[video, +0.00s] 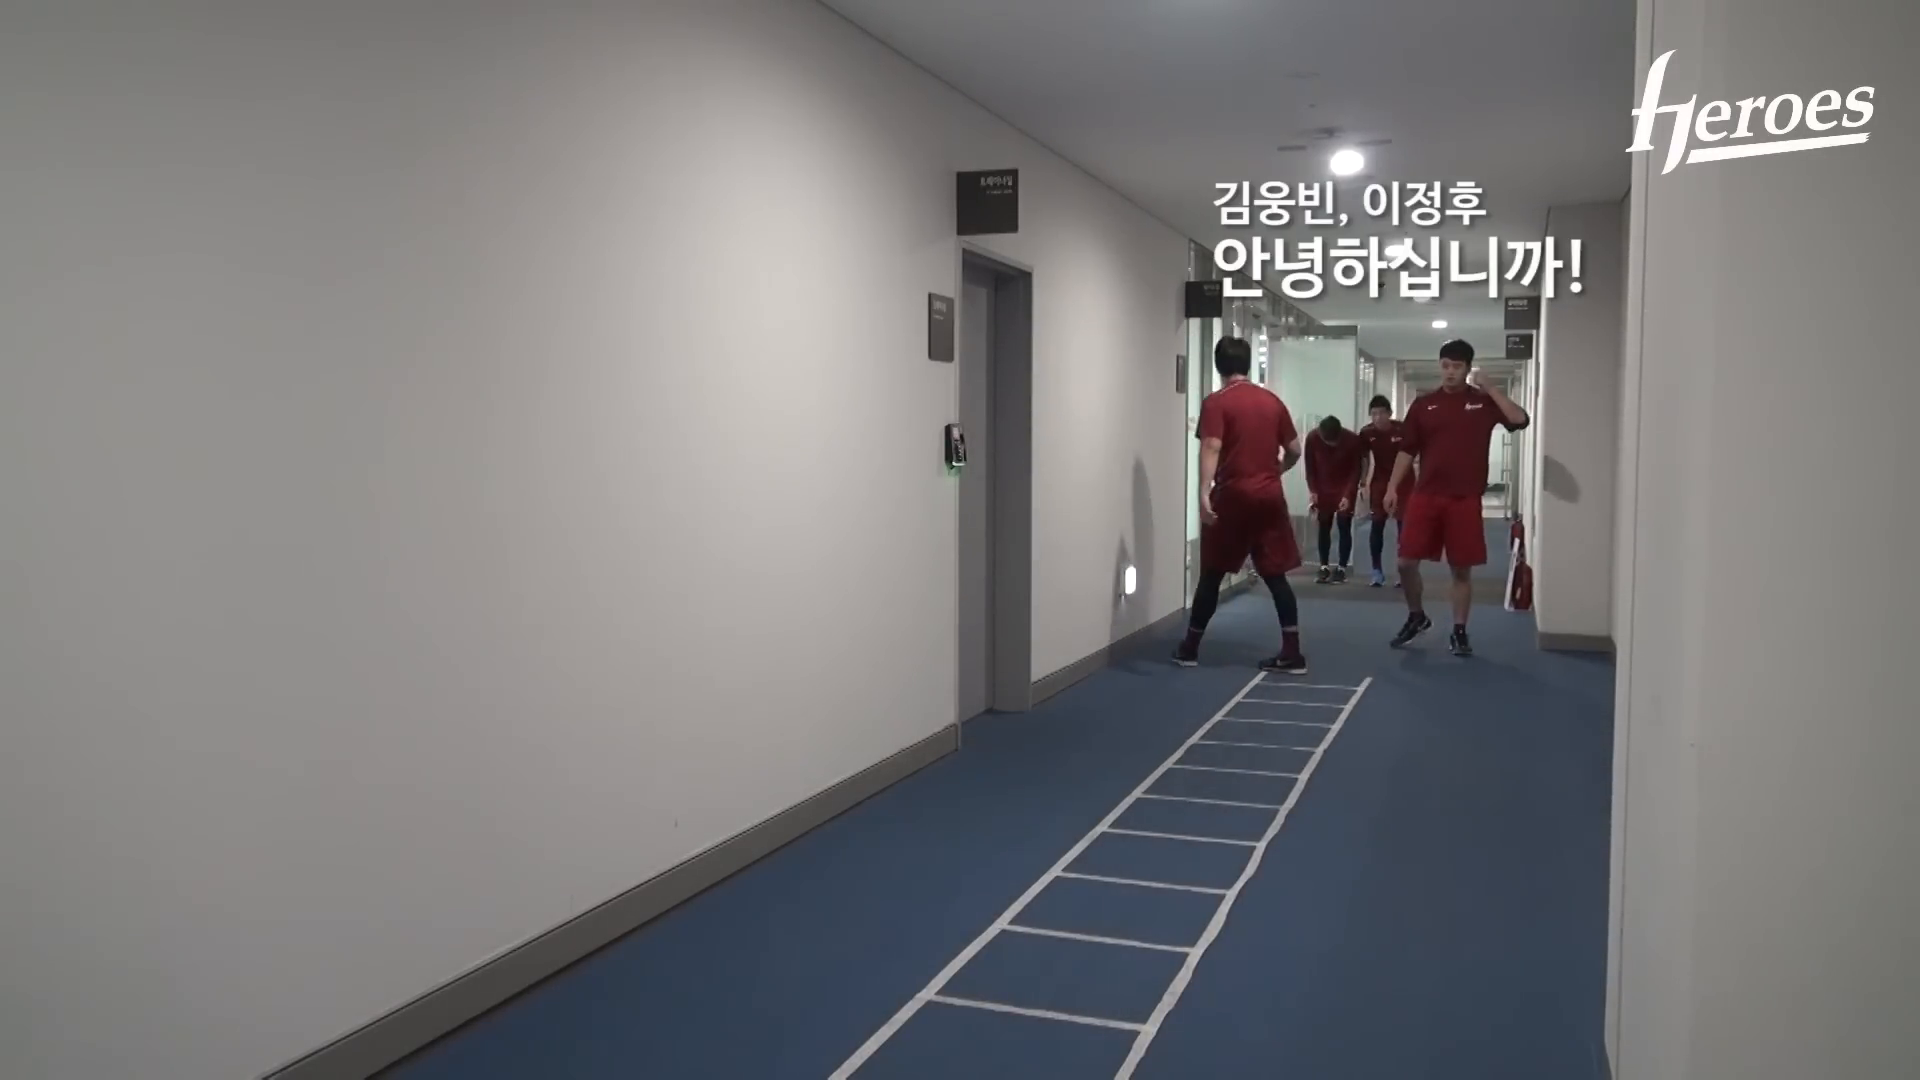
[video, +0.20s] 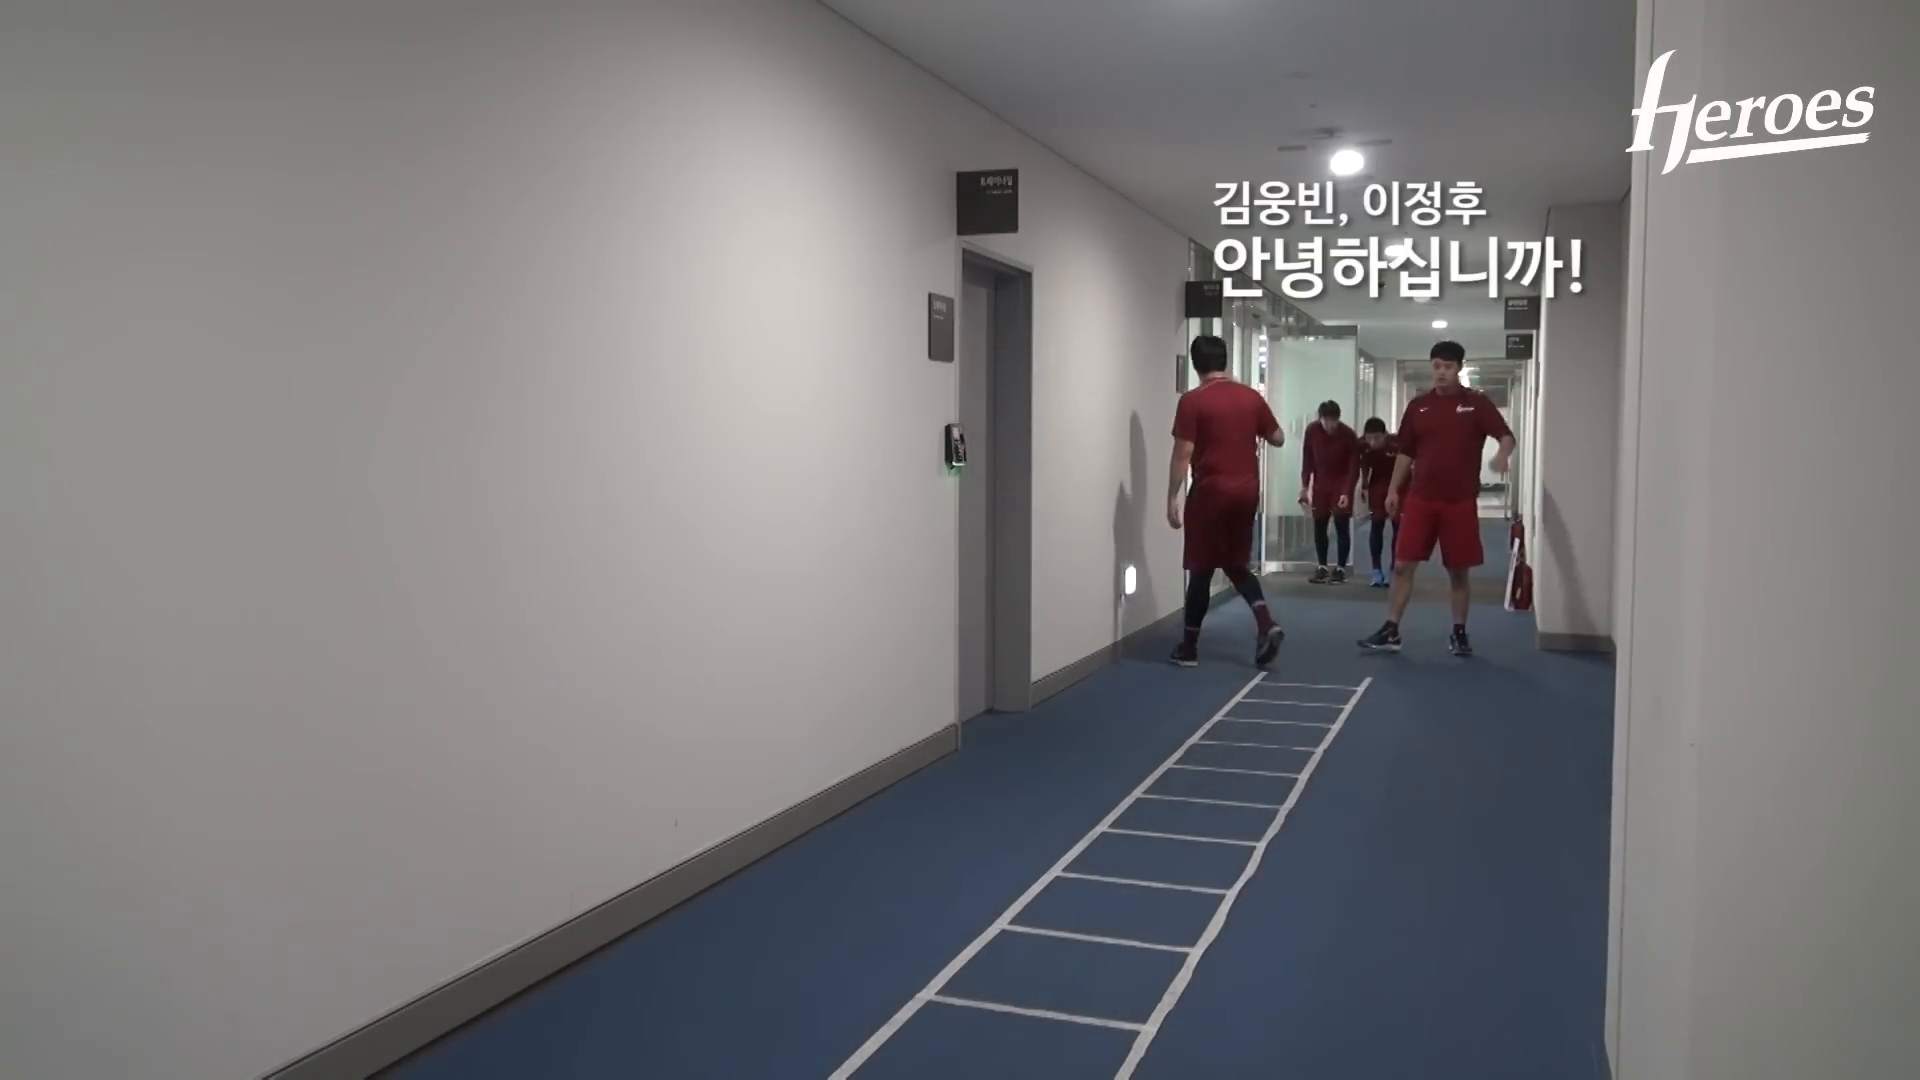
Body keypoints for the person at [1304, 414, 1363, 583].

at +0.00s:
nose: (1331, 445)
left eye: (1334, 441)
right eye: (1327, 441)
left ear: (1340, 433)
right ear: (1321, 433)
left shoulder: (1353, 440)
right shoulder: (1313, 438)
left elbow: (1356, 471)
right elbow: (1310, 467)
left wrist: (1348, 496)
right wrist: (1313, 491)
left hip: (1346, 491)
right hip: (1324, 491)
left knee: (1344, 527)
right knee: (1323, 528)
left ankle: (1342, 566)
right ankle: (1324, 566)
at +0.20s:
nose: (1331, 425)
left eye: (1334, 421)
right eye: (1327, 421)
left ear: (1339, 418)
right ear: (1320, 418)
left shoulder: (1349, 435)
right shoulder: (1312, 431)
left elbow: (1354, 468)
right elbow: (1307, 461)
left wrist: (1347, 493)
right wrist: (1304, 488)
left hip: (1342, 488)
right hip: (1320, 486)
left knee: (1342, 527)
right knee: (1320, 527)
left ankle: (1340, 566)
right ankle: (1322, 566)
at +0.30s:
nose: (1325, 413)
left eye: (1329, 409)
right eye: (1322, 409)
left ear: (1335, 410)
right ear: (1317, 409)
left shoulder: (1345, 432)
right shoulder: (1311, 427)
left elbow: (1348, 465)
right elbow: (1306, 456)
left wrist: (1337, 488)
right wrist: (1301, 483)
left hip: (1339, 484)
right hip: (1318, 483)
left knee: (1339, 524)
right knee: (1313, 522)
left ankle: (1340, 566)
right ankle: (1317, 565)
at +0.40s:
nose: (1322, 405)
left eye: (1326, 401)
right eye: (1319, 401)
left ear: (1332, 404)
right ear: (1314, 403)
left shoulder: (1340, 429)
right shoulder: (1309, 426)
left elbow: (1342, 463)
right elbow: (1305, 456)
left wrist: (1322, 478)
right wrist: (1296, 480)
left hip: (1336, 484)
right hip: (1315, 483)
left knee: (1337, 522)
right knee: (1306, 520)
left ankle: (1340, 566)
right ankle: (1309, 563)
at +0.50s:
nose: (1318, 402)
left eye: (1322, 398)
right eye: (1315, 397)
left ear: (1328, 402)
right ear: (1310, 400)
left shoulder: (1335, 427)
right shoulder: (1305, 425)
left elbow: (1334, 459)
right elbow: (1302, 456)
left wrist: (1309, 469)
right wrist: (1290, 480)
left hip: (1331, 483)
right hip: (1311, 482)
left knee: (1334, 520)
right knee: (1302, 520)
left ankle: (1339, 567)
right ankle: (1301, 563)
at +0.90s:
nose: (1283, 402)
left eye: (1287, 399)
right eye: (1284, 398)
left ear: (1297, 403)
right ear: (1290, 401)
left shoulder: (1298, 426)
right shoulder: (1288, 424)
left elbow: (1295, 459)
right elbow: (1285, 458)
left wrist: (1273, 463)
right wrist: (1270, 474)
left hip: (1297, 480)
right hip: (1286, 480)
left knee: (1298, 523)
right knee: (1288, 523)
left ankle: (1324, 562)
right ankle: (1296, 564)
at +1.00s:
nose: (1273, 402)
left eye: (1277, 398)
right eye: (1274, 398)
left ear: (1286, 400)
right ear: (1287, 400)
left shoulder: (1287, 425)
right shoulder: (1285, 423)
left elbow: (1287, 455)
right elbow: (1284, 455)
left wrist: (1269, 462)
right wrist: (1270, 466)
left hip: (1289, 478)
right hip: (1286, 477)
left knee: (1281, 519)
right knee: (1285, 520)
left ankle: (1302, 558)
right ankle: (1297, 560)